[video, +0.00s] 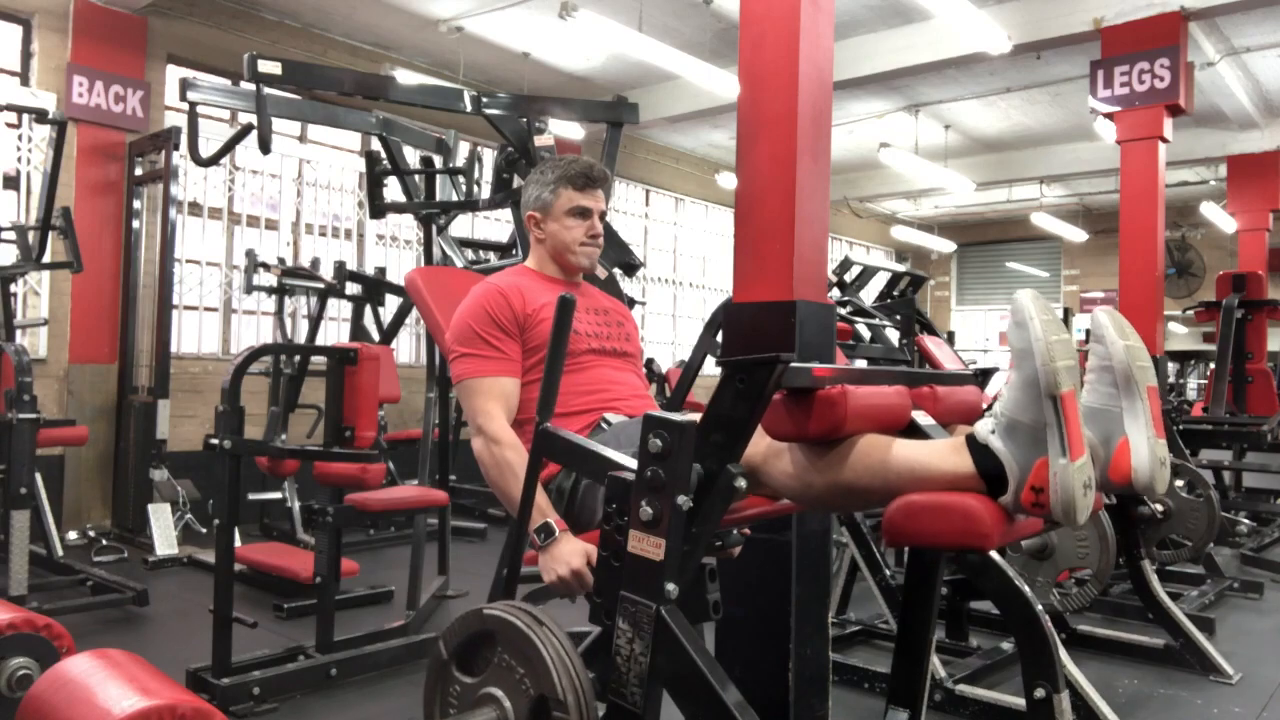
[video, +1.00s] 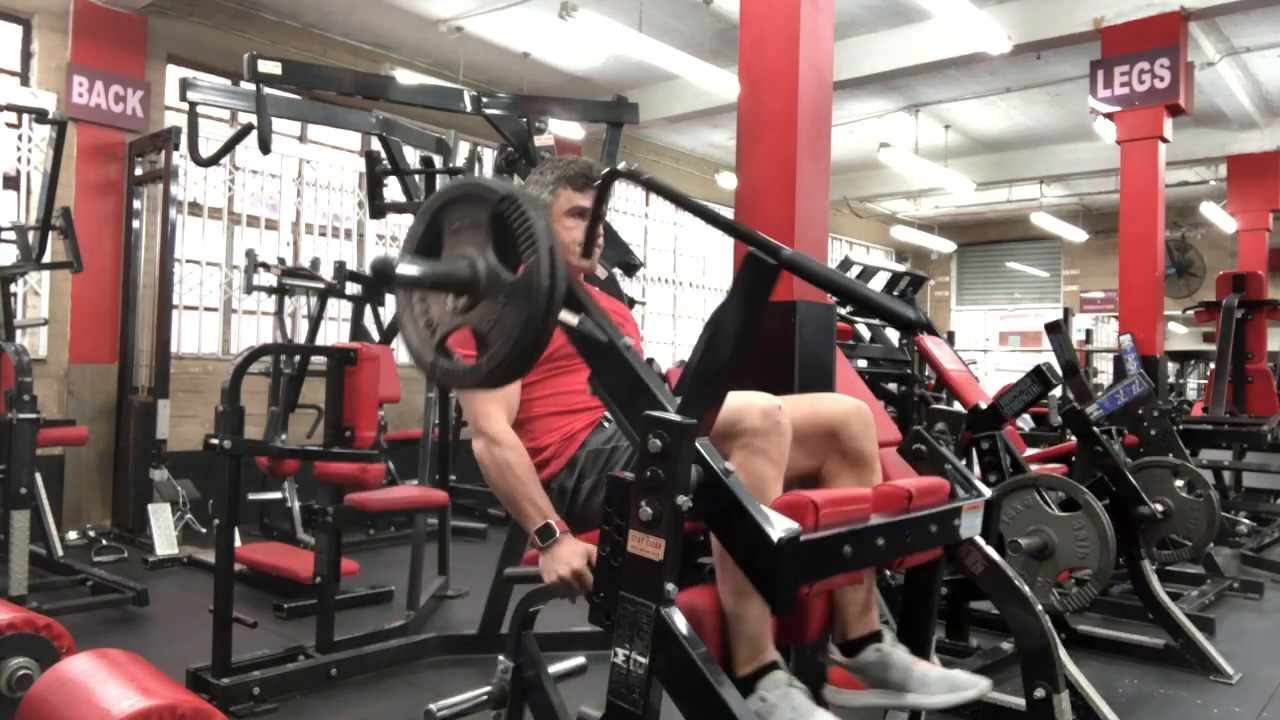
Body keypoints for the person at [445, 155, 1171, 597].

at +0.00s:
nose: (594, 231)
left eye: (599, 219)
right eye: (578, 216)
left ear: (598, 225)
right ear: (533, 220)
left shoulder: (609, 306)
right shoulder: (495, 298)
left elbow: (644, 397)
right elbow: (488, 430)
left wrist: (711, 428)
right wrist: (549, 531)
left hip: (662, 440)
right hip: (587, 461)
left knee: (826, 449)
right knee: (771, 454)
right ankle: (991, 455)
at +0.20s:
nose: (592, 232)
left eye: (598, 220)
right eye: (577, 217)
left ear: (599, 227)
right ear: (532, 221)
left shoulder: (610, 307)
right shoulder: (495, 300)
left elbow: (652, 398)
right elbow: (488, 429)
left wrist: (716, 422)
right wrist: (548, 532)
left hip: (656, 439)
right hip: (584, 461)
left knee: (811, 447)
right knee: (767, 453)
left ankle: (992, 493)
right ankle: (982, 493)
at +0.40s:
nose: (595, 232)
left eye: (600, 220)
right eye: (578, 218)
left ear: (600, 229)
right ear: (533, 224)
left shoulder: (610, 307)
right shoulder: (496, 300)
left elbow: (652, 400)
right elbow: (487, 433)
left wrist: (742, 411)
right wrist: (552, 534)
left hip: (657, 444)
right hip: (590, 461)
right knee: (783, 423)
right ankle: (956, 584)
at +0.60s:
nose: (592, 230)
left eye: (598, 218)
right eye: (577, 216)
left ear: (599, 225)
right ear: (532, 221)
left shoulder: (612, 302)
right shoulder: (495, 301)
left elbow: (659, 399)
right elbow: (495, 439)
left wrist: (736, 412)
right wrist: (554, 536)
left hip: (660, 438)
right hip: (583, 460)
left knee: (850, 415)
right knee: (762, 428)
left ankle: (978, 622)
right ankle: (879, 661)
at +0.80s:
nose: (594, 236)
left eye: (600, 224)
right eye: (580, 222)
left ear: (604, 230)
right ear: (534, 223)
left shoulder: (611, 304)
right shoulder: (504, 292)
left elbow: (647, 400)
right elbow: (487, 427)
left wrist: (712, 434)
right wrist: (551, 536)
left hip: (656, 449)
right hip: (584, 469)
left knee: (851, 418)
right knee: (756, 417)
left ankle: (906, 644)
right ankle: (802, 677)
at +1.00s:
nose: (594, 232)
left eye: (600, 218)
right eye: (578, 216)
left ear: (602, 223)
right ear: (535, 220)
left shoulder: (605, 303)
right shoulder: (502, 301)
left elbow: (642, 392)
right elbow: (491, 435)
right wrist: (551, 536)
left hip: (656, 448)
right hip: (589, 469)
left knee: (847, 421)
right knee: (756, 419)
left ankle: (862, 640)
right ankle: (753, 670)